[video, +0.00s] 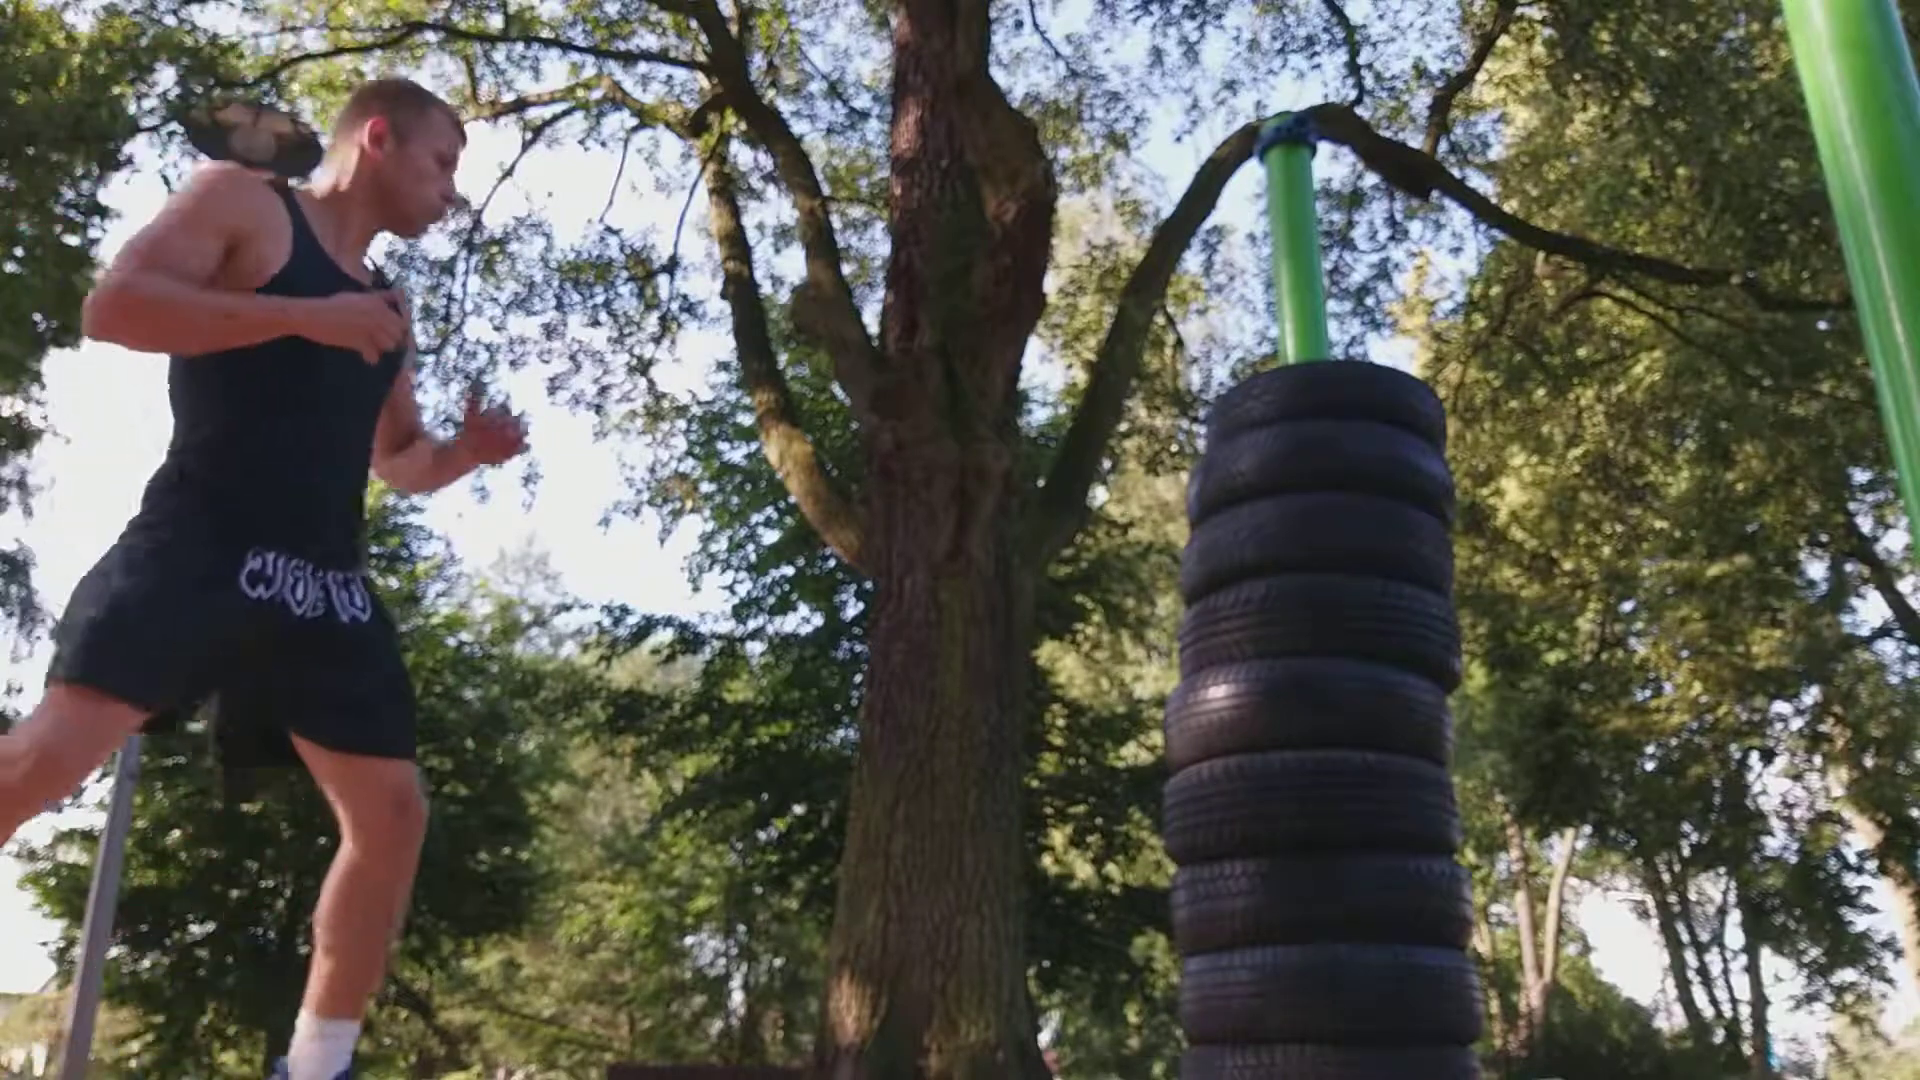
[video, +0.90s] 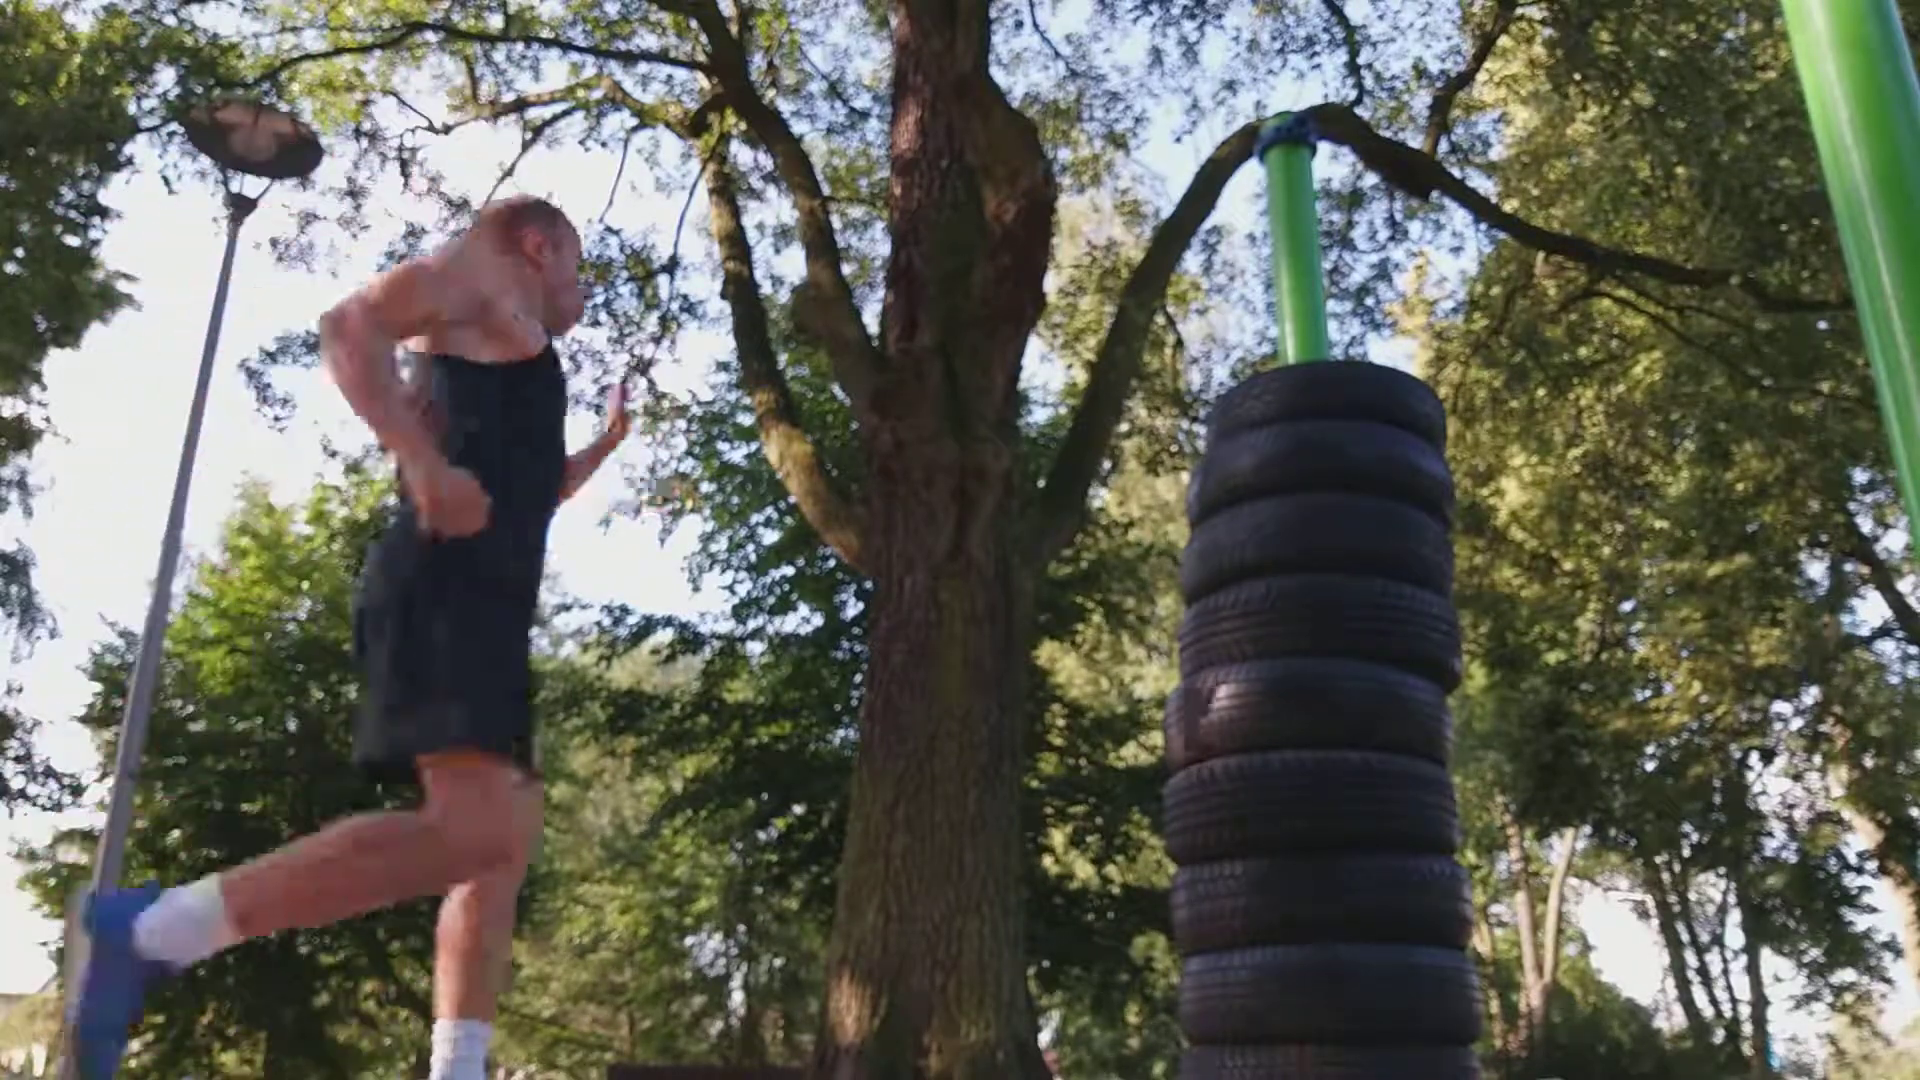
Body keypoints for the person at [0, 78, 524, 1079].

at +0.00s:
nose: (454, 189)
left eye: (458, 169)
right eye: (445, 161)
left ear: (383, 150)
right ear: (376, 139)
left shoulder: (385, 310)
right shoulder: (241, 196)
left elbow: (401, 461)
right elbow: (115, 306)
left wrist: (465, 449)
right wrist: (308, 316)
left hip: (326, 582)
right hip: (198, 545)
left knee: (389, 821)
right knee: (48, 757)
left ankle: (316, 1067)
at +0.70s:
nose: (521, 201)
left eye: (528, 182)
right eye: (515, 173)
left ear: (457, 153)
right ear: (451, 146)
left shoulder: (467, 307)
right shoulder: (302, 204)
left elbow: (496, 456)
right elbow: (164, 327)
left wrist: (538, 487)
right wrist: (209, 448)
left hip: (369, 576)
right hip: (252, 537)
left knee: (462, 773)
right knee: (106, 753)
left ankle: (415, 1049)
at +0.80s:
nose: (552, 263)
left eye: (553, 243)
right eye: (544, 238)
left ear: (489, 227)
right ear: (493, 217)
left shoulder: (490, 374)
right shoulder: (361, 273)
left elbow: (548, 496)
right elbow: (197, 366)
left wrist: (651, 453)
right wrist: (206, 506)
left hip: (408, 636)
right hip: (312, 601)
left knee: (496, 828)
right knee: (172, 795)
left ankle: (466, 1068)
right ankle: (3, 984)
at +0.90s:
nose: (585, 286)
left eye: (587, 271)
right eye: (579, 264)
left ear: (532, 255)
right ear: (536, 243)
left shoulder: (525, 353)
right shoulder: (473, 270)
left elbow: (530, 496)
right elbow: (352, 324)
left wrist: (609, 439)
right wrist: (423, 462)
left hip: (489, 598)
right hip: (445, 582)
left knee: (503, 839)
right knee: (474, 831)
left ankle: (460, 1066)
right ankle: (148, 933)